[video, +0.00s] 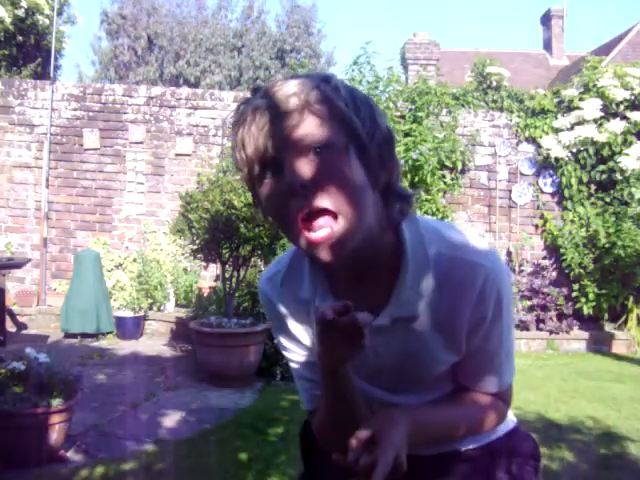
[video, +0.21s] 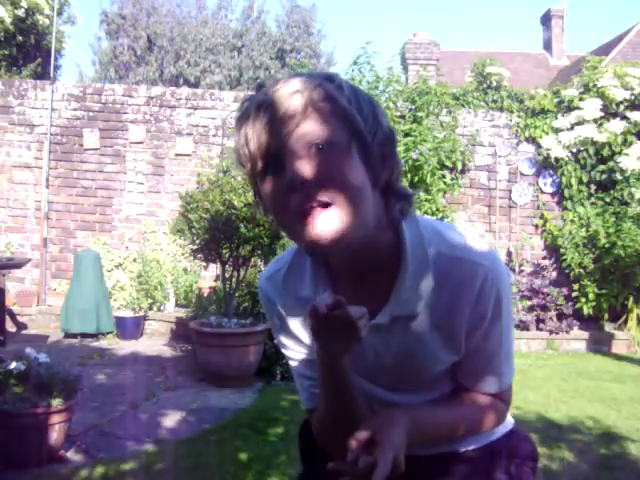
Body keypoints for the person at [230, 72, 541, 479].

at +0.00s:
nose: (300, 178)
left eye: (319, 150)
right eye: (271, 168)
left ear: (376, 161)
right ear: (259, 201)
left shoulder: (475, 274)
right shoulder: (282, 290)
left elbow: (489, 405)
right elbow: (335, 442)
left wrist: (406, 422)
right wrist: (333, 367)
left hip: (472, 455)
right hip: (357, 457)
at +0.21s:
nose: (300, 175)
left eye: (320, 147)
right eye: (272, 166)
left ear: (378, 159)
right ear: (262, 200)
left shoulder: (474, 273)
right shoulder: (282, 288)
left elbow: (489, 405)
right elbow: (336, 444)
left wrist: (406, 421)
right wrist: (332, 359)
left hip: (473, 455)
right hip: (360, 460)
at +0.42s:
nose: (297, 172)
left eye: (317, 144)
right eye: (273, 162)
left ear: (379, 159)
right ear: (264, 198)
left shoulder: (473, 273)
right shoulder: (282, 287)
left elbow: (486, 405)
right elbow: (336, 442)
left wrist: (404, 418)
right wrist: (333, 349)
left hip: (469, 455)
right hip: (357, 459)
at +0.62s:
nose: (297, 175)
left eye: (317, 146)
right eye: (273, 165)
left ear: (379, 161)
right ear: (264, 200)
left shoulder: (471, 275)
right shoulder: (282, 287)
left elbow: (485, 406)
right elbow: (336, 439)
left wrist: (400, 418)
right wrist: (333, 348)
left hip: (468, 455)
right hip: (355, 457)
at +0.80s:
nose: (297, 174)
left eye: (318, 145)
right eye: (273, 163)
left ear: (373, 158)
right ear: (263, 196)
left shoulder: (471, 273)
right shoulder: (282, 287)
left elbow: (485, 406)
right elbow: (338, 437)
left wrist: (398, 418)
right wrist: (330, 351)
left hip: (470, 455)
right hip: (357, 456)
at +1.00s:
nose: (264, 185)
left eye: (283, 157)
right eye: (256, 167)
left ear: (357, 154)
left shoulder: (467, 269)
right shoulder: (292, 273)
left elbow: (503, 410)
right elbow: (337, 447)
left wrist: (384, 459)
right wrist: (311, 353)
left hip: (483, 460)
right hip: (377, 458)